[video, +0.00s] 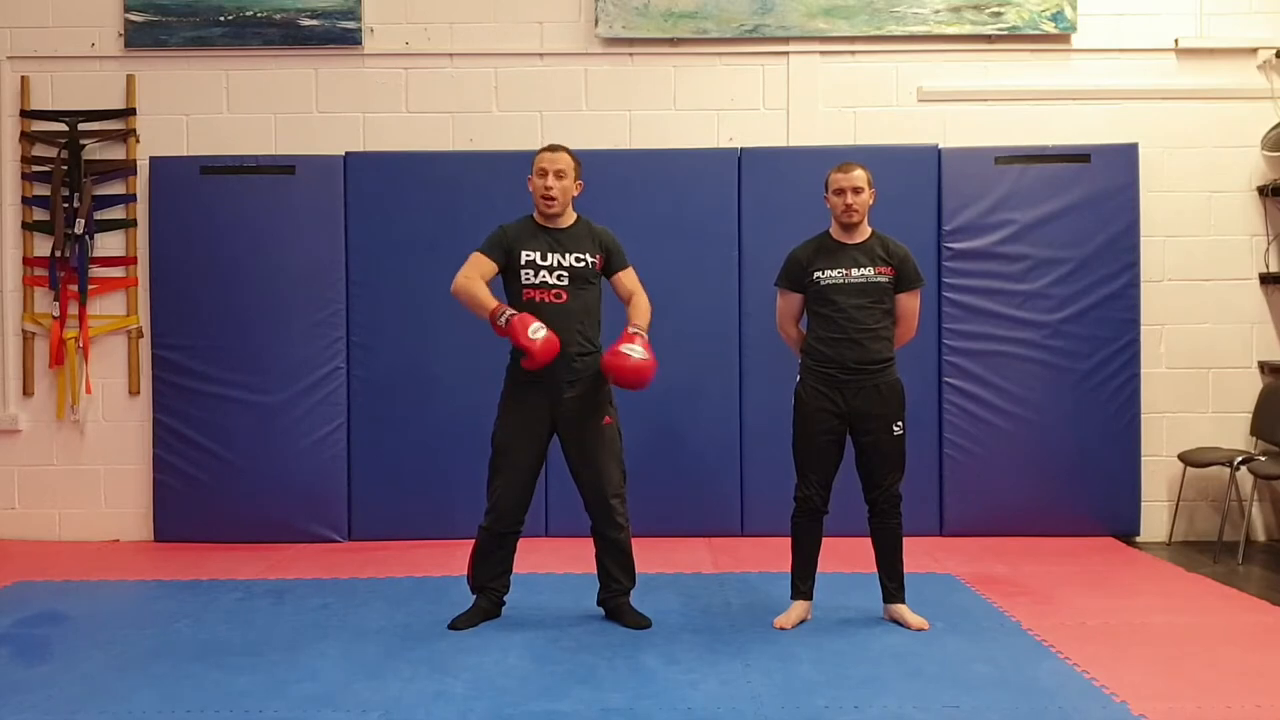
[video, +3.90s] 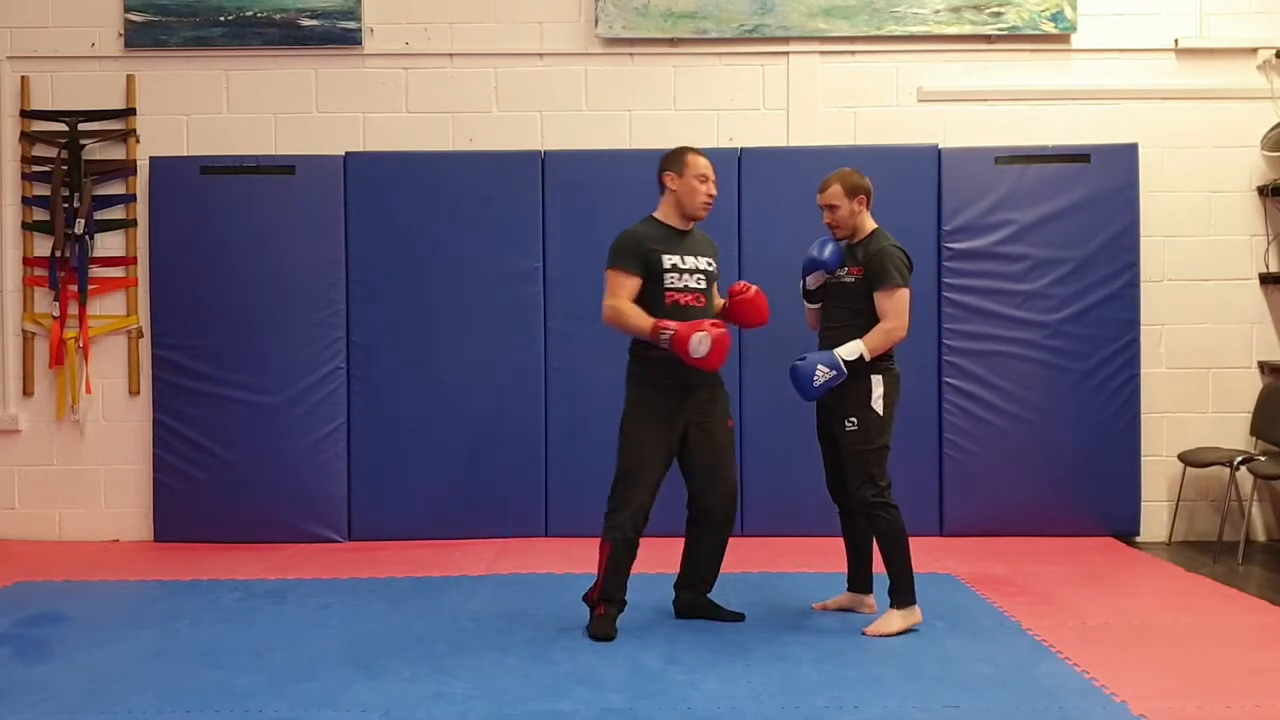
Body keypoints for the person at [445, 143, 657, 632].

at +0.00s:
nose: (548, 184)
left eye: (559, 176)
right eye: (541, 175)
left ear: (576, 185)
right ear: (530, 181)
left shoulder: (599, 241)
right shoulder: (510, 237)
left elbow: (636, 297)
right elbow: (464, 283)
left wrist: (636, 336)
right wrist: (508, 319)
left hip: (587, 387)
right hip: (527, 386)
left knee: (608, 498)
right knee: (505, 496)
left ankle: (616, 597)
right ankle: (488, 597)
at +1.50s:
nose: (543, 192)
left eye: (552, 183)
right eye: (535, 184)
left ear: (575, 185)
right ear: (527, 188)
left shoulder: (603, 242)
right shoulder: (514, 240)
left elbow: (622, 311)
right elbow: (486, 305)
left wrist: (633, 373)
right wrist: (515, 257)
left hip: (587, 389)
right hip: (527, 389)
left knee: (607, 500)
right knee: (505, 498)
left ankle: (616, 598)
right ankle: (488, 597)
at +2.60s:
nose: (612, 188)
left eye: (612, 180)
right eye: (602, 179)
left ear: (594, 186)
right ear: (569, 184)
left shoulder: (602, 246)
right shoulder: (530, 238)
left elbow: (606, 310)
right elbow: (501, 304)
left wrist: (637, 347)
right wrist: (562, 319)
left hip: (594, 390)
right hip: (540, 392)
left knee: (608, 497)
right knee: (514, 498)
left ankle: (614, 595)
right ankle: (489, 596)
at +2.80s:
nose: (649, 192)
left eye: (650, 184)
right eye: (640, 183)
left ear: (627, 189)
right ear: (609, 185)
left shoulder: (633, 250)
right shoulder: (565, 231)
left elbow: (651, 312)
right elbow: (530, 291)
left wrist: (701, 314)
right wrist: (586, 318)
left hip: (614, 388)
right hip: (560, 386)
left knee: (619, 496)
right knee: (529, 494)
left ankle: (615, 594)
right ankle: (491, 590)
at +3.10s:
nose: (671, 191)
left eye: (674, 183)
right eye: (662, 180)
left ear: (671, 189)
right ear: (632, 181)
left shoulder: (663, 251)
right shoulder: (589, 227)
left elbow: (674, 315)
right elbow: (547, 286)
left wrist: (719, 314)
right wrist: (595, 319)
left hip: (633, 380)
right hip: (582, 375)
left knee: (631, 489)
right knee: (579, 485)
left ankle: (616, 593)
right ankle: (567, 598)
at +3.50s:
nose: (640, 188)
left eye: (647, 178)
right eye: (629, 179)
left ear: (655, 182)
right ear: (608, 183)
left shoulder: (665, 242)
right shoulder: (584, 240)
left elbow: (666, 294)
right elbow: (556, 307)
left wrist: (686, 322)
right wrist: (606, 336)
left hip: (664, 385)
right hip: (608, 389)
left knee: (703, 480)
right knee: (601, 500)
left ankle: (674, 573)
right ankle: (602, 607)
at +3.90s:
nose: (712, 190)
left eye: (713, 181)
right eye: (702, 180)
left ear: (706, 188)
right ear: (671, 183)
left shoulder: (705, 246)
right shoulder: (636, 241)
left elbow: (711, 306)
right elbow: (614, 310)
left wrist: (735, 309)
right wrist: (674, 332)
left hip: (705, 390)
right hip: (654, 390)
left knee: (717, 495)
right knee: (632, 498)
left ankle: (693, 595)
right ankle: (607, 605)